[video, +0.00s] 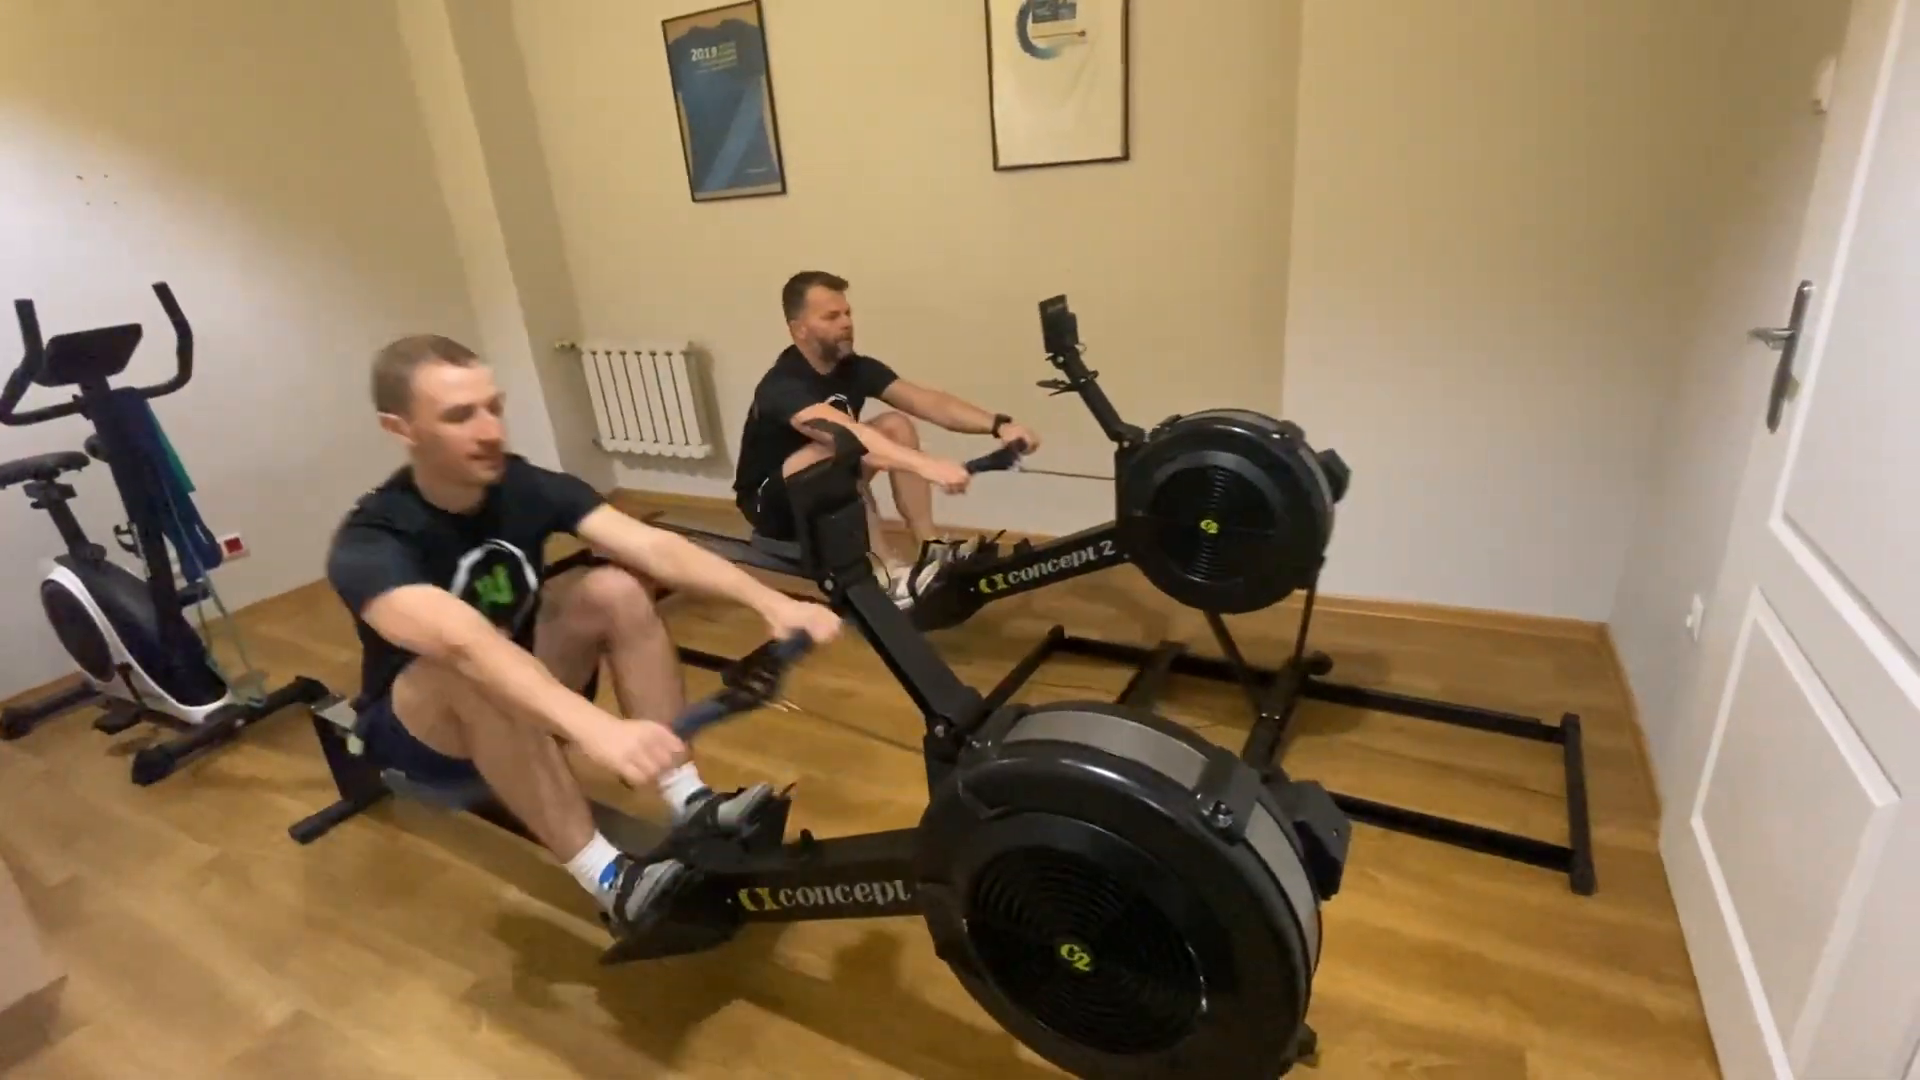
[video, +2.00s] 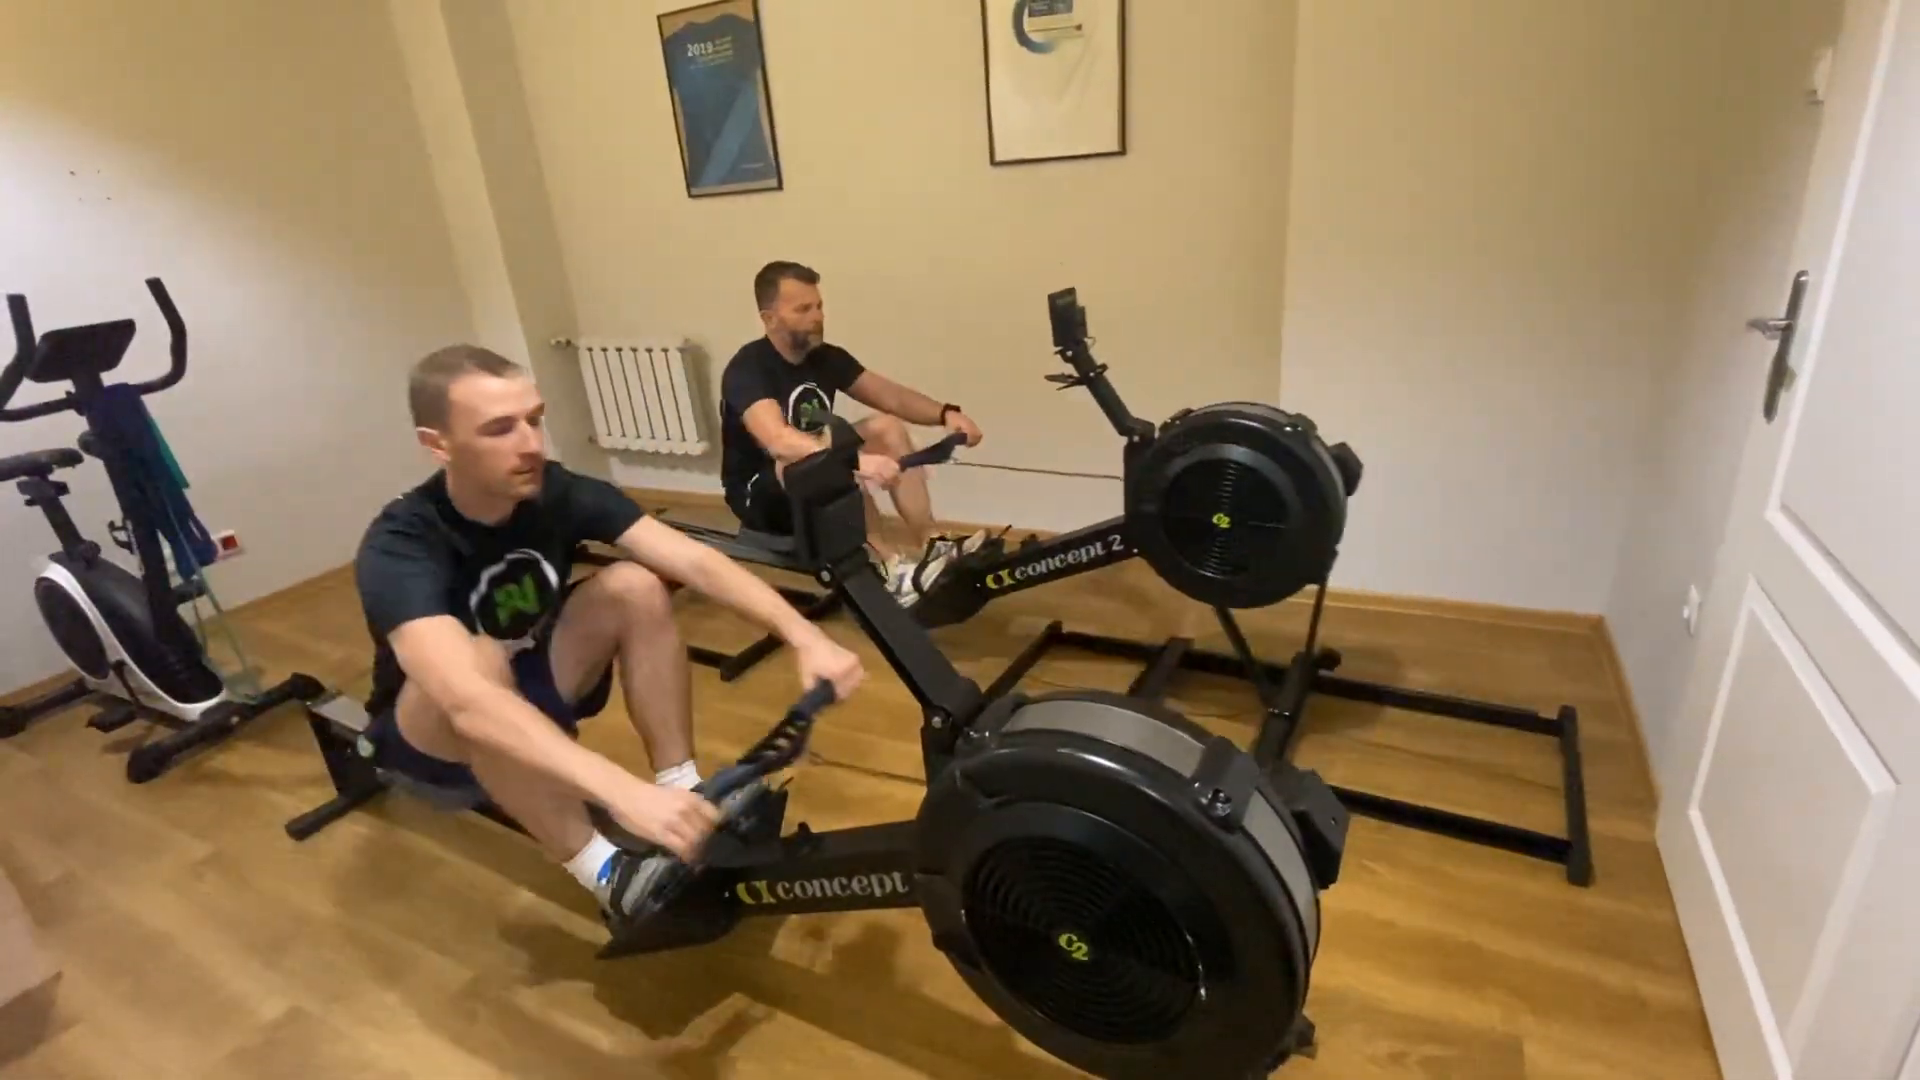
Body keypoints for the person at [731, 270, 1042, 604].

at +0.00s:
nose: (847, 324)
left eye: (848, 314)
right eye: (833, 316)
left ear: (851, 314)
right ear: (797, 328)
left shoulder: (854, 369)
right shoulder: (783, 387)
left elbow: (928, 402)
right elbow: (849, 436)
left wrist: (998, 424)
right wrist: (929, 466)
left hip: (823, 484)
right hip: (770, 500)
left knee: (896, 428)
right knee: (834, 453)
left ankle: (930, 548)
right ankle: (887, 570)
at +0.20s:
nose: (811, 313)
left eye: (811, 302)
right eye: (797, 306)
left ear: (814, 301)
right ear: (764, 315)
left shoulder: (822, 359)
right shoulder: (749, 373)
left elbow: (890, 392)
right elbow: (810, 420)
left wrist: (956, 406)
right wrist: (882, 442)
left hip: (827, 477)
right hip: (773, 499)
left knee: (906, 457)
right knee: (855, 499)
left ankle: (968, 558)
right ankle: (930, 587)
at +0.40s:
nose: (774, 306)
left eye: (775, 295)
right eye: (761, 299)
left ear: (780, 294)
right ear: (726, 306)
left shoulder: (789, 348)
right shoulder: (716, 364)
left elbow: (851, 388)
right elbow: (751, 424)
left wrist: (904, 394)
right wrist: (814, 431)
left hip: (828, 476)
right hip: (777, 497)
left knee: (906, 480)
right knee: (871, 501)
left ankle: (1008, 564)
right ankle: (973, 593)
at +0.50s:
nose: (760, 313)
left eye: (762, 302)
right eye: (747, 306)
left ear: (763, 300)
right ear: (713, 310)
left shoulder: (776, 351)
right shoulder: (702, 368)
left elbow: (829, 391)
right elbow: (715, 436)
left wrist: (870, 395)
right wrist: (780, 431)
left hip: (832, 472)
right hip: (783, 498)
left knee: (902, 494)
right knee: (877, 518)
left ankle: (1022, 566)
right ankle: (988, 597)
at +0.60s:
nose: (751, 319)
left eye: (750, 308)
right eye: (738, 312)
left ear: (747, 306)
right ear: (705, 316)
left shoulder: (760, 356)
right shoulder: (688, 378)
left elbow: (794, 398)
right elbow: (675, 457)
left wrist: (831, 392)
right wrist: (735, 433)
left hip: (829, 473)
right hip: (785, 500)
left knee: (900, 502)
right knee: (879, 534)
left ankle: (1030, 568)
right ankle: (998, 598)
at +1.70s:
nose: (793, 309)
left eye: (794, 298)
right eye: (780, 301)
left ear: (796, 296)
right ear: (746, 309)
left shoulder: (800, 352)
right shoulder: (724, 363)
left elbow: (855, 395)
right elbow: (724, 445)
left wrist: (898, 403)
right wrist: (797, 449)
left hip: (816, 471)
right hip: (761, 489)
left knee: (895, 458)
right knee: (850, 478)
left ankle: (968, 554)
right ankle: (932, 583)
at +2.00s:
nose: (818, 317)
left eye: (819, 307)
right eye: (804, 310)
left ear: (821, 303)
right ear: (769, 317)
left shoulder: (826, 358)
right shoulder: (746, 369)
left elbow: (888, 395)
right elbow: (779, 442)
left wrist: (945, 413)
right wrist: (854, 462)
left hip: (818, 476)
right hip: (762, 496)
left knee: (888, 429)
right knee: (818, 460)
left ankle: (932, 548)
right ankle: (892, 566)